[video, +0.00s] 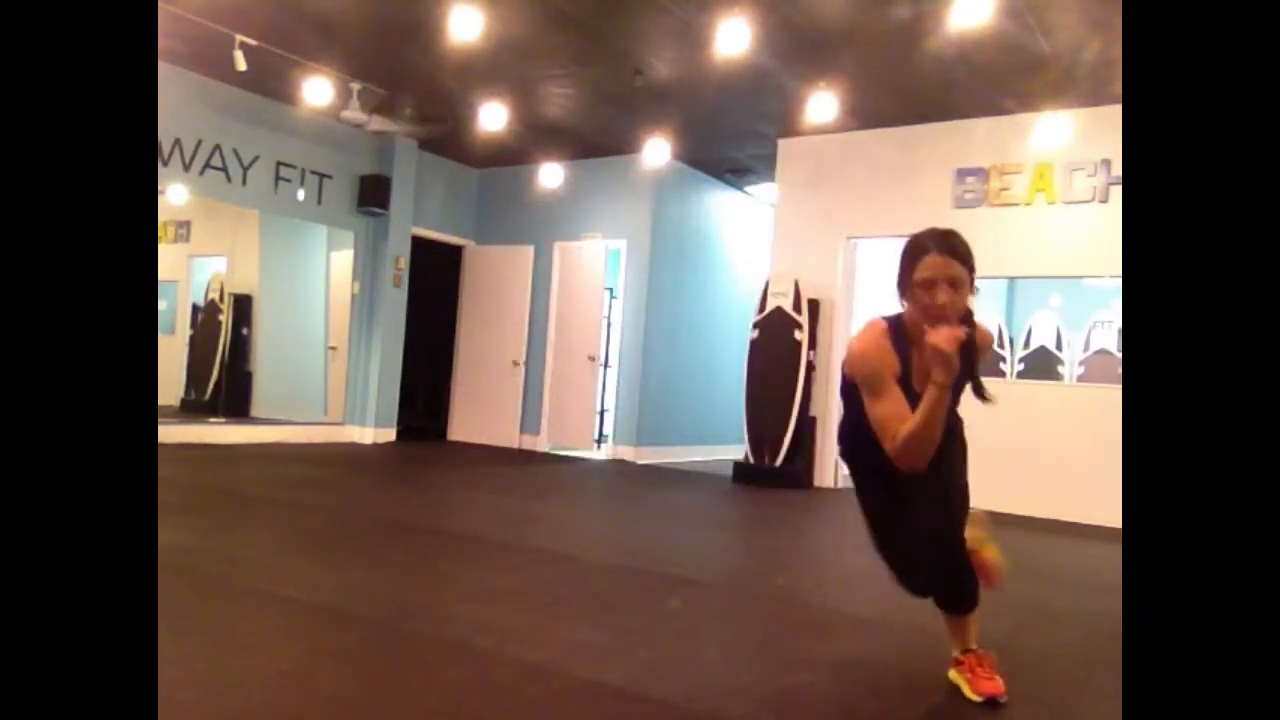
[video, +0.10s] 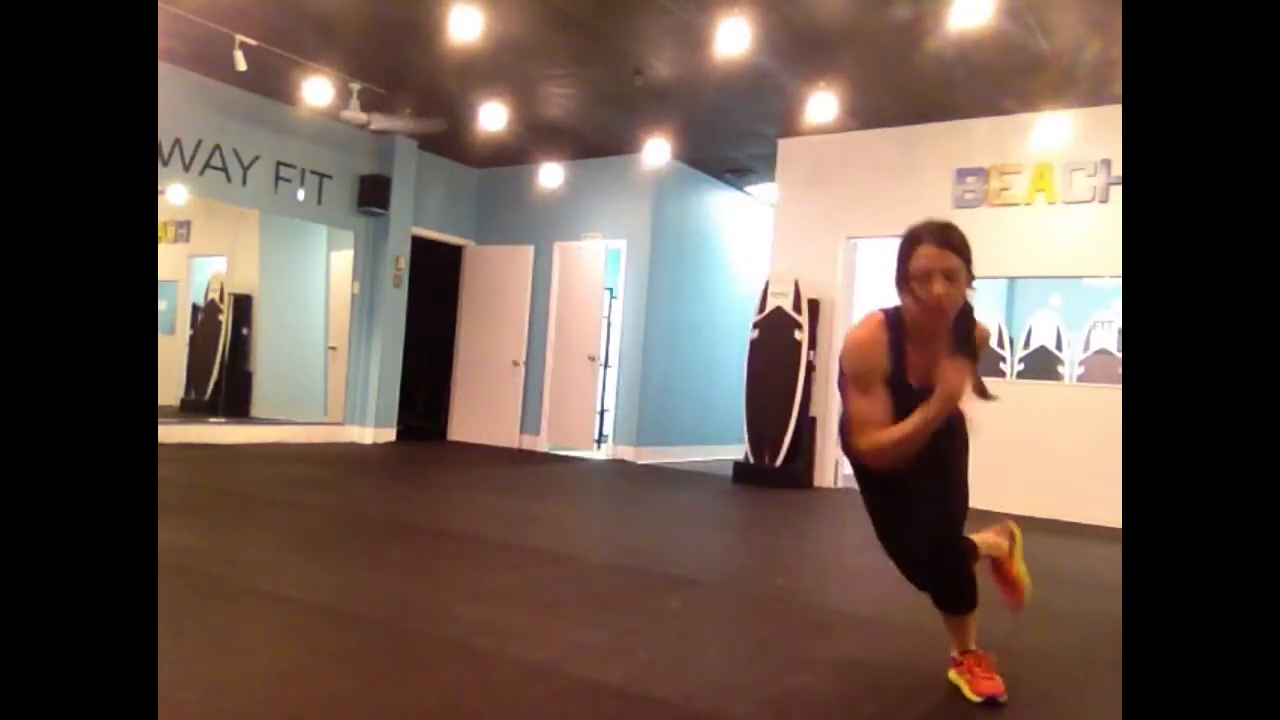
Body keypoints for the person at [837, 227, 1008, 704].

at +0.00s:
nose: (942, 298)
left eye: (953, 285)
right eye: (927, 286)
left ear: (971, 290)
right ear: (904, 293)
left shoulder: (977, 341)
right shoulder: (871, 349)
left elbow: (956, 377)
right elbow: (908, 456)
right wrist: (940, 381)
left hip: (942, 447)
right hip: (878, 460)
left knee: (951, 558)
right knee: (918, 577)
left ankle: (966, 656)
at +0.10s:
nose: (936, 290)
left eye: (949, 277)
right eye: (922, 278)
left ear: (968, 284)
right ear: (902, 283)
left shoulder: (972, 336)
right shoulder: (867, 342)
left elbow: (957, 378)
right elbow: (870, 451)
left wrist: (961, 395)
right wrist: (940, 403)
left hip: (941, 440)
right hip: (879, 457)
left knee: (944, 552)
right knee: (920, 568)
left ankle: (966, 656)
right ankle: (997, 544)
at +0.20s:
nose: (907, 255)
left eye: (921, 241)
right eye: (893, 243)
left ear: (944, 248)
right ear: (878, 250)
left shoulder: (956, 312)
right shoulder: (844, 312)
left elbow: (979, 383)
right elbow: (814, 404)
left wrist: (1028, 453)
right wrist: (846, 472)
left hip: (928, 432)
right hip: (864, 436)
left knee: (941, 546)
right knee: (890, 557)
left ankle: (965, 655)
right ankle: (953, 568)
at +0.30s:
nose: (855, 219)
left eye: (868, 206)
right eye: (845, 207)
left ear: (896, 210)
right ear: (835, 211)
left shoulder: (931, 273)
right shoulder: (811, 277)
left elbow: (1008, 344)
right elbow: (757, 343)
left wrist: (981, 319)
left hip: (900, 411)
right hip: (829, 411)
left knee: (938, 532)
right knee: (797, 516)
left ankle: (966, 653)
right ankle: (839, 570)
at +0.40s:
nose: (789, 175)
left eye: (801, 163)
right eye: (780, 163)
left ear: (833, 170)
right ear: (773, 172)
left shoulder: (858, 226)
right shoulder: (759, 236)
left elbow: (939, 248)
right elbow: (695, 271)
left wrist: (842, 193)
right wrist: (652, 321)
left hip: (842, 388)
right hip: (773, 385)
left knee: (906, 507)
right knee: (704, 455)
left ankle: (964, 647)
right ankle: (685, 554)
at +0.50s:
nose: (708, 151)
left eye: (721, 140)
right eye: (702, 141)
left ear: (752, 145)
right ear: (695, 150)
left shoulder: (788, 197)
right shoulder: (691, 202)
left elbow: (846, 226)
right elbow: (645, 230)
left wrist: (763, 187)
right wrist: (607, 276)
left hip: (777, 358)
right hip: (710, 352)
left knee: (852, 479)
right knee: (624, 438)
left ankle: (935, 604)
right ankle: (556, 541)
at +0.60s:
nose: (644, 164)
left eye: (657, 152)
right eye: (637, 152)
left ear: (688, 154)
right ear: (632, 156)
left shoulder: (718, 211)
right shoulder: (630, 207)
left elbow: (740, 257)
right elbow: (594, 243)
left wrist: (678, 217)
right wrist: (567, 285)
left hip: (708, 363)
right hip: (643, 358)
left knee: (768, 462)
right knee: (571, 450)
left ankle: (847, 561)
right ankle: (490, 563)